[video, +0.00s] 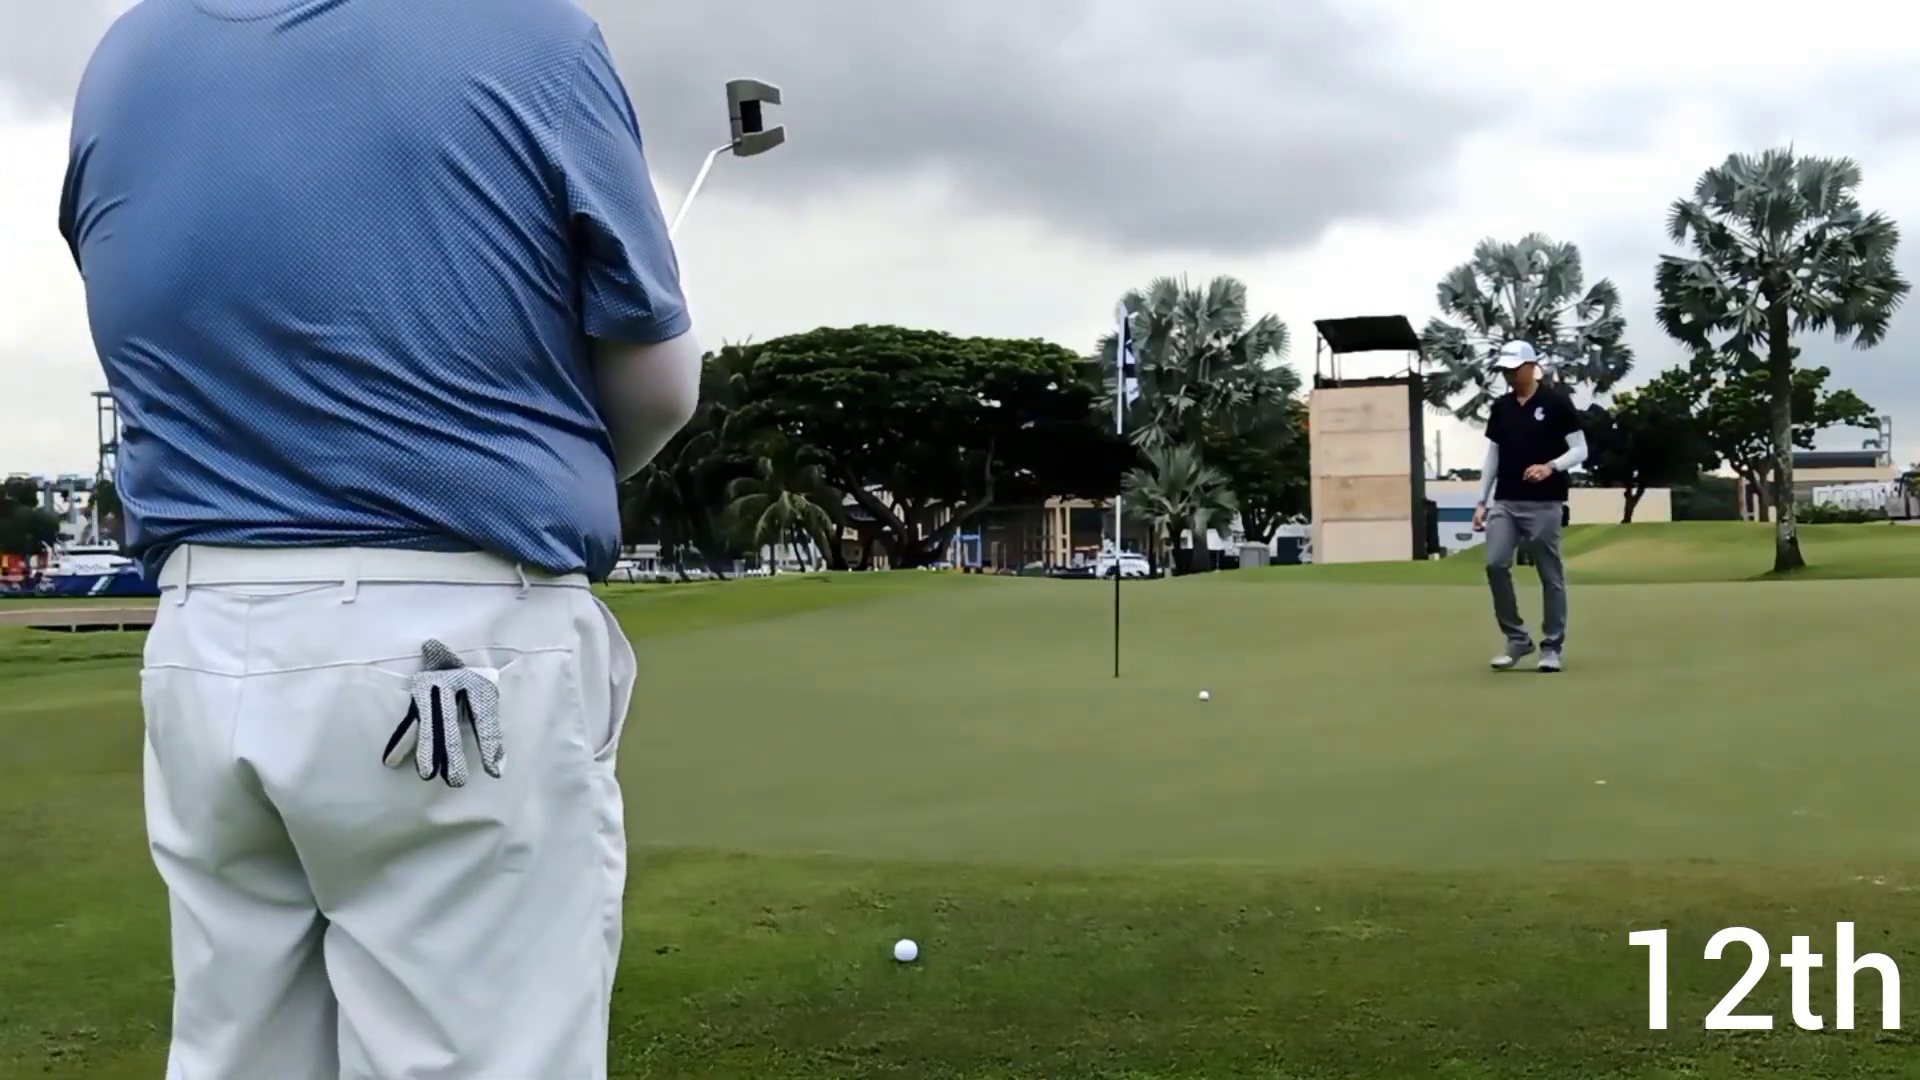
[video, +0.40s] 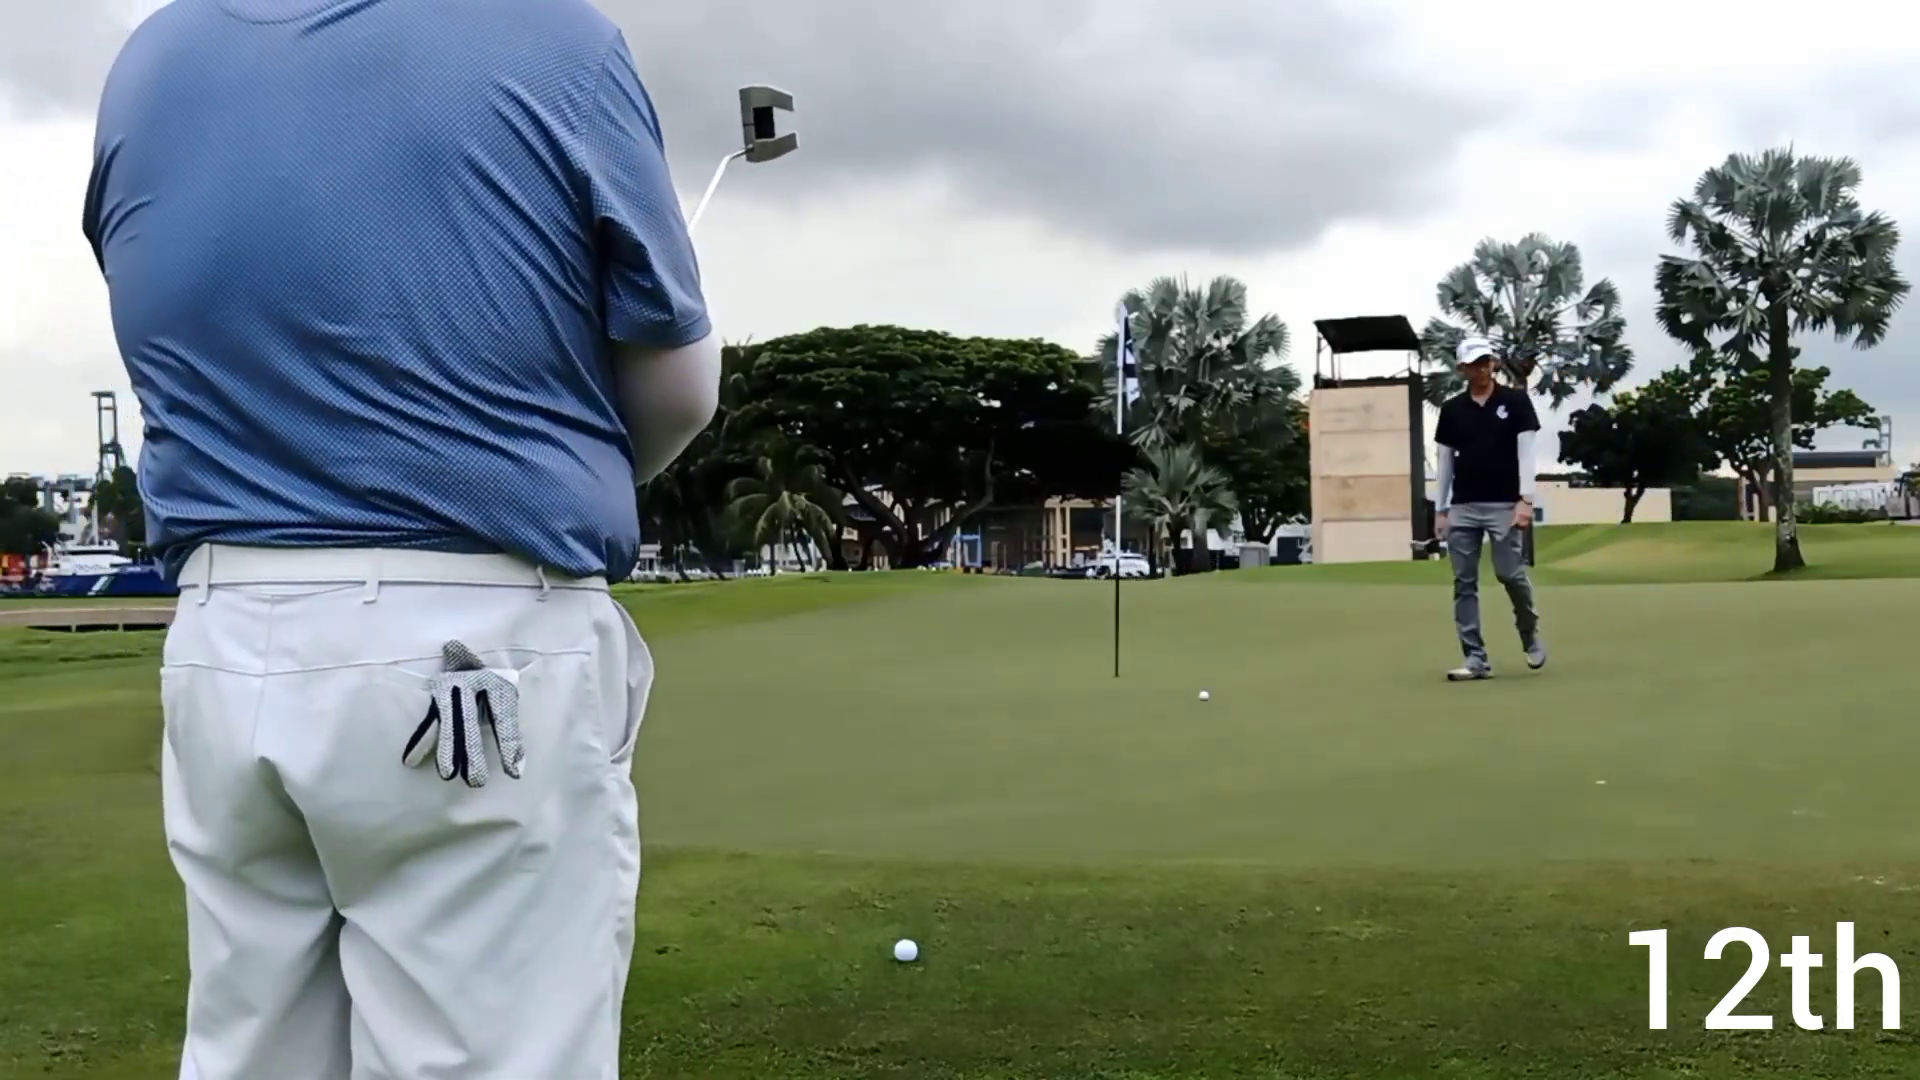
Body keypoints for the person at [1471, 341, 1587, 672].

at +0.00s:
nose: (1508, 376)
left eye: (1514, 369)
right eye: (1505, 370)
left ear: (1532, 367)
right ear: (1504, 371)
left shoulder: (1556, 402)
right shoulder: (1501, 407)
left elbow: (1580, 450)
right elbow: (1492, 455)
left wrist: (1551, 466)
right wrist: (1482, 500)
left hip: (1544, 507)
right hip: (1504, 505)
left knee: (1551, 577)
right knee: (1495, 565)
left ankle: (1552, 647)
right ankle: (1516, 640)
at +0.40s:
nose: (1482, 369)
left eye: (1486, 362)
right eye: (1474, 364)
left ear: (1494, 363)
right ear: (1462, 370)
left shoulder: (1515, 402)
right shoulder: (1451, 410)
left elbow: (1527, 454)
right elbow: (1444, 464)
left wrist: (1526, 500)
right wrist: (1440, 510)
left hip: (1505, 507)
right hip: (1463, 509)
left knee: (1509, 574)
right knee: (1464, 584)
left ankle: (1529, 632)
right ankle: (1474, 658)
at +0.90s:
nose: (1435, 374)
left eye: (1441, 366)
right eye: (1430, 368)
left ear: (1458, 364)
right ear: (1425, 370)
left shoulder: (1487, 406)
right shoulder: (1420, 414)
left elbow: (1513, 458)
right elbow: (1409, 466)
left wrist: (1539, 504)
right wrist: (1390, 513)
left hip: (1477, 511)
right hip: (1436, 517)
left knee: (1476, 578)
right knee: (1434, 593)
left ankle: (1486, 665)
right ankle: (1463, 640)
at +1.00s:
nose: (1423, 371)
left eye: (1428, 363)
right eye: (1417, 365)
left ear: (1447, 358)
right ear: (1413, 366)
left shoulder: (1476, 399)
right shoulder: (1412, 406)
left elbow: (1499, 455)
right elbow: (1405, 462)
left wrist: (1513, 505)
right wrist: (1396, 512)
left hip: (1467, 510)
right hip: (1424, 514)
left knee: (1475, 586)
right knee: (1418, 585)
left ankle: (1485, 667)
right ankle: (1454, 640)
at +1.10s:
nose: (1405, 369)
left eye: (1410, 362)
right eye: (1401, 363)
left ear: (1431, 357)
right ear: (1401, 363)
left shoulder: (1464, 394)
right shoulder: (1404, 402)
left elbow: (1479, 445)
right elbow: (1400, 459)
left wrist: (1477, 494)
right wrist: (1398, 509)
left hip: (1454, 510)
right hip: (1413, 512)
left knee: (1473, 588)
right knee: (1396, 575)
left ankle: (1484, 667)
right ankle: (1431, 658)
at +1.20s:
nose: (1385, 373)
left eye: (1390, 366)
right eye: (1382, 368)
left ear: (1412, 359)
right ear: (1386, 368)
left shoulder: (1445, 393)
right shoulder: (1392, 405)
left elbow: (1456, 445)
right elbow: (1399, 456)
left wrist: (1436, 478)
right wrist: (1396, 502)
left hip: (1445, 516)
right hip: (1402, 516)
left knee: (1468, 590)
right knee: (1382, 579)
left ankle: (1483, 669)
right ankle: (1385, 670)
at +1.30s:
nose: (1364, 382)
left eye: (1367, 374)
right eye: (1360, 377)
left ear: (1387, 366)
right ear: (1365, 376)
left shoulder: (1423, 395)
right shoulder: (1375, 412)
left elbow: (1428, 441)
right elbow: (1386, 459)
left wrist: (1400, 467)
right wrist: (1387, 512)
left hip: (1429, 518)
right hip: (1388, 520)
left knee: (1456, 591)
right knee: (1370, 592)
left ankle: (1481, 667)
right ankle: (1352, 672)